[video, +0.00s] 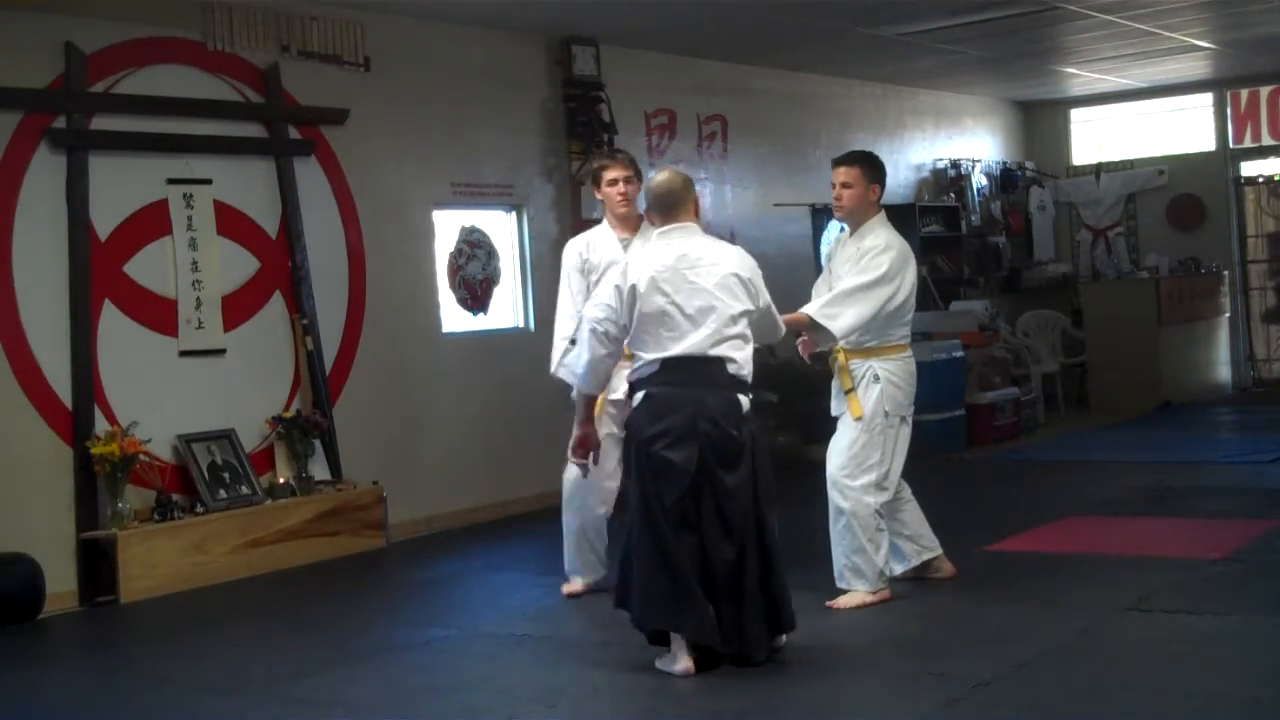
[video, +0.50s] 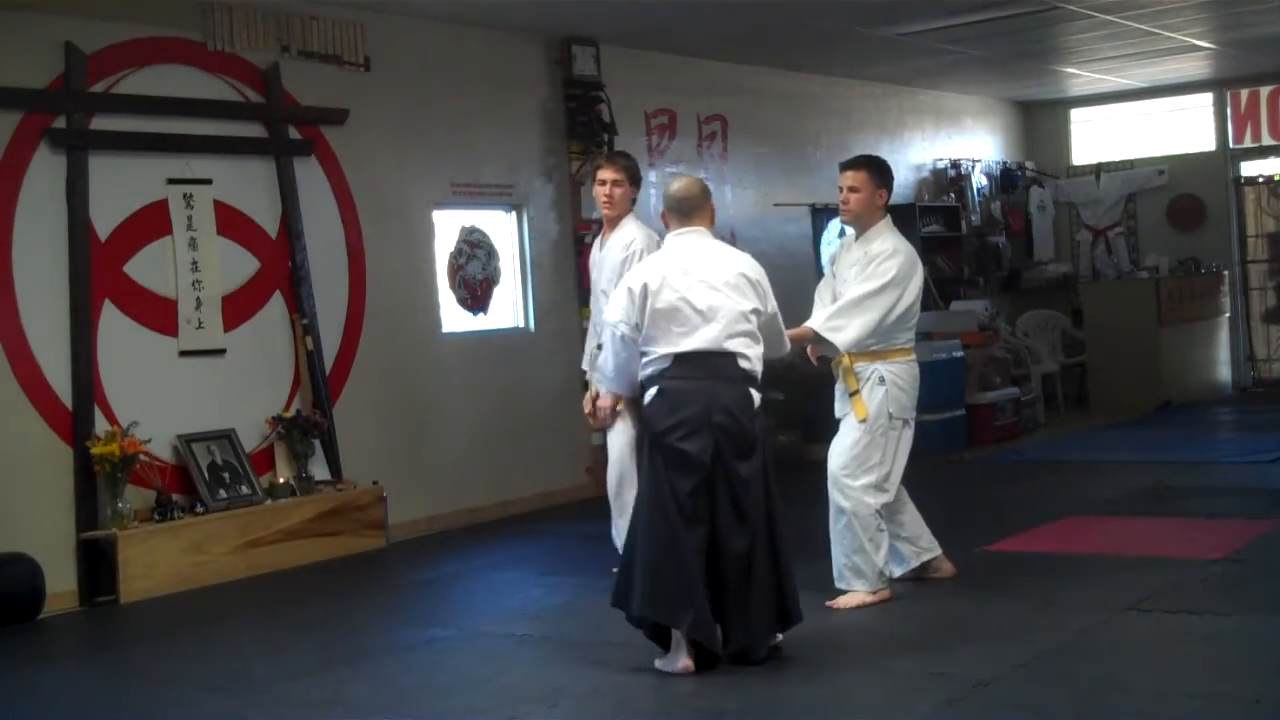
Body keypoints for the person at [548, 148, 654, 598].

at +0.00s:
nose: (622, 190)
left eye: (628, 181)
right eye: (612, 184)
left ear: (640, 187)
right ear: (598, 193)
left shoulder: (663, 240)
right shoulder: (582, 248)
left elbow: (685, 303)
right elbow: (569, 314)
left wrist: (678, 355)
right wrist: (574, 369)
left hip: (658, 372)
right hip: (602, 374)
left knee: (661, 468)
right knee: (587, 472)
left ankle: (664, 571)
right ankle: (584, 571)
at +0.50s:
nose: (607, 192)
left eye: (617, 184)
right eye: (601, 183)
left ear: (633, 191)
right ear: (592, 190)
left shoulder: (639, 240)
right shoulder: (602, 239)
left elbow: (634, 322)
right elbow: (597, 315)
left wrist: (614, 386)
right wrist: (591, 379)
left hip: (634, 379)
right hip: (612, 377)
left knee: (627, 476)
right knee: (621, 475)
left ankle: (635, 562)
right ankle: (628, 558)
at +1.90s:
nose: (637, 202)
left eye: (641, 194)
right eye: (628, 194)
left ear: (646, 199)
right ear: (607, 201)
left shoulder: (671, 246)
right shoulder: (590, 259)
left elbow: (689, 313)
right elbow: (596, 319)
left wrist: (669, 367)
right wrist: (589, 356)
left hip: (663, 362)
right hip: (611, 365)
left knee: (654, 453)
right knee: (601, 463)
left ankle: (680, 543)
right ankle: (602, 557)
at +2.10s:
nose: (681, 206)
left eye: (685, 199)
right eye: (673, 199)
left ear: (689, 203)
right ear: (651, 203)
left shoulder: (712, 249)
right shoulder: (630, 260)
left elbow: (726, 309)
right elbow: (628, 325)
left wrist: (726, 367)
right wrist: (629, 374)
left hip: (697, 365)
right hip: (647, 365)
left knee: (690, 460)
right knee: (620, 451)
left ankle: (688, 548)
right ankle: (625, 542)